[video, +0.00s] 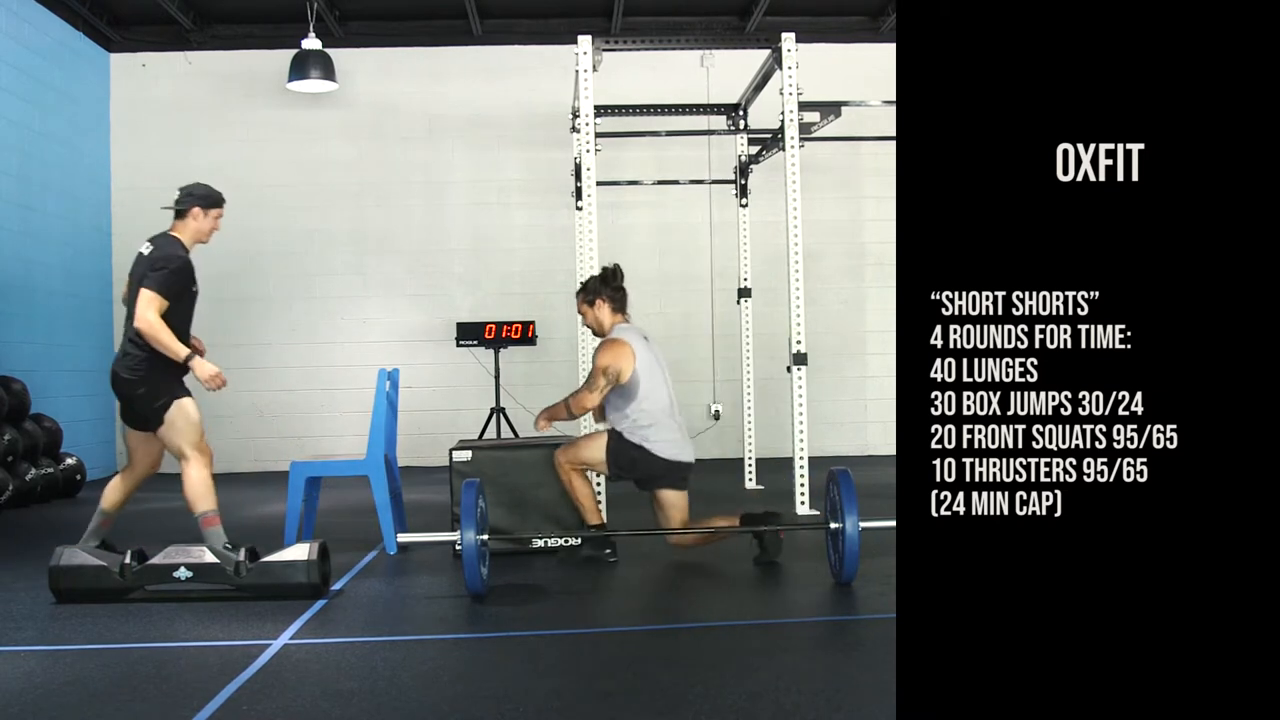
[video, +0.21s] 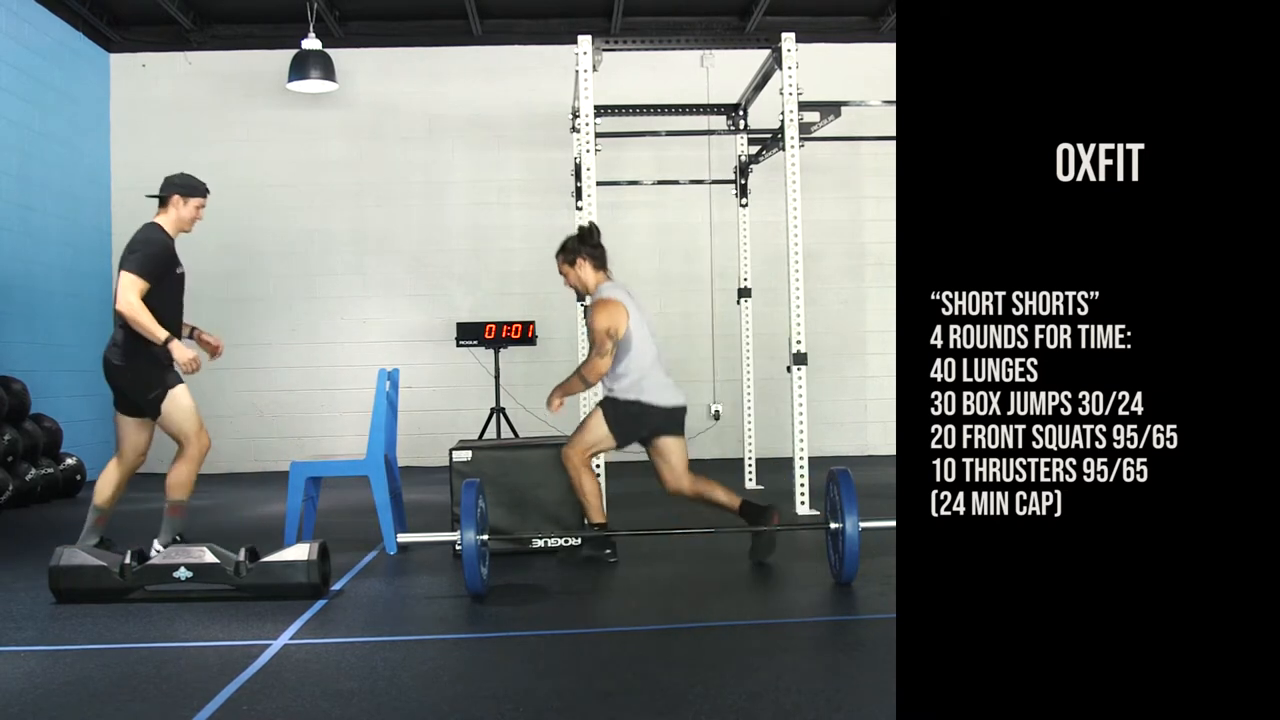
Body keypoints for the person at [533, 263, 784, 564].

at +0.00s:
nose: (584, 322)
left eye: (583, 313)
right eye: (581, 315)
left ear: (600, 305)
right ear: (614, 305)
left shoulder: (612, 348)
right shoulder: (638, 340)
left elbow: (585, 401)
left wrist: (549, 414)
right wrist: (603, 408)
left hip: (643, 447)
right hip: (673, 452)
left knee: (565, 458)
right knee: (680, 534)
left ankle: (599, 538)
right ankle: (755, 522)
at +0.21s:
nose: (565, 282)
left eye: (565, 274)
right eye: (563, 275)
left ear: (582, 265)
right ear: (591, 263)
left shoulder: (603, 307)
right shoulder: (621, 296)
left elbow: (598, 365)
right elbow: (618, 357)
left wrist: (561, 391)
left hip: (634, 403)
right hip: (666, 404)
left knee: (573, 453)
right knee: (678, 481)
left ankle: (600, 536)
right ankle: (758, 514)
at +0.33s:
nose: (558, 261)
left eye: (557, 253)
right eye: (555, 255)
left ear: (574, 244)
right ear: (582, 242)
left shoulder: (595, 282)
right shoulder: (612, 275)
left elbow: (608, 336)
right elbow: (622, 336)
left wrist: (578, 377)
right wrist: (598, 368)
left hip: (633, 382)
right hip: (662, 380)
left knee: (589, 449)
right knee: (656, 457)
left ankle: (601, 537)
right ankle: (725, 501)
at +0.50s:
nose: (563, 255)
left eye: (563, 247)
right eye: (561, 248)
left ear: (579, 237)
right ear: (590, 236)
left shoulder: (593, 273)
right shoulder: (622, 268)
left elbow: (616, 317)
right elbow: (653, 318)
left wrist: (600, 369)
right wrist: (625, 354)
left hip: (627, 377)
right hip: (655, 376)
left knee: (595, 449)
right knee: (641, 444)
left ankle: (601, 535)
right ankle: (674, 514)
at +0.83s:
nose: (574, 249)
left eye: (575, 241)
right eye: (572, 242)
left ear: (594, 233)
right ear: (598, 234)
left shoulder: (613, 262)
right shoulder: (620, 262)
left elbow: (654, 287)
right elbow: (662, 296)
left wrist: (637, 340)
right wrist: (643, 340)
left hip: (651, 362)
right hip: (661, 361)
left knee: (621, 434)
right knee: (650, 438)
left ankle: (650, 513)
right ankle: (668, 513)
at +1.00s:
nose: (563, 267)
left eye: (565, 259)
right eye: (561, 261)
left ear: (584, 251)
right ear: (586, 251)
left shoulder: (604, 279)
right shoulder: (608, 277)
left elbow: (652, 296)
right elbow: (660, 297)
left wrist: (658, 353)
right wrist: (655, 353)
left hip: (665, 367)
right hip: (670, 366)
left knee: (635, 439)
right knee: (647, 441)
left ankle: (676, 512)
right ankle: (670, 510)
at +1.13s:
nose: (562, 285)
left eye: (565, 277)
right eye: (561, 278)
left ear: (585, 273)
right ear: (586, 274)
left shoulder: (607, 304)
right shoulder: (602, 305)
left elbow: (648, 339)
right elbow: (645, 342)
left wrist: (644, 395)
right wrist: (643, 394)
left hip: (670, 385)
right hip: (661, 386)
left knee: (635, 452)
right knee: (628, 448)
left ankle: (684, 516)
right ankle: (665, 513)